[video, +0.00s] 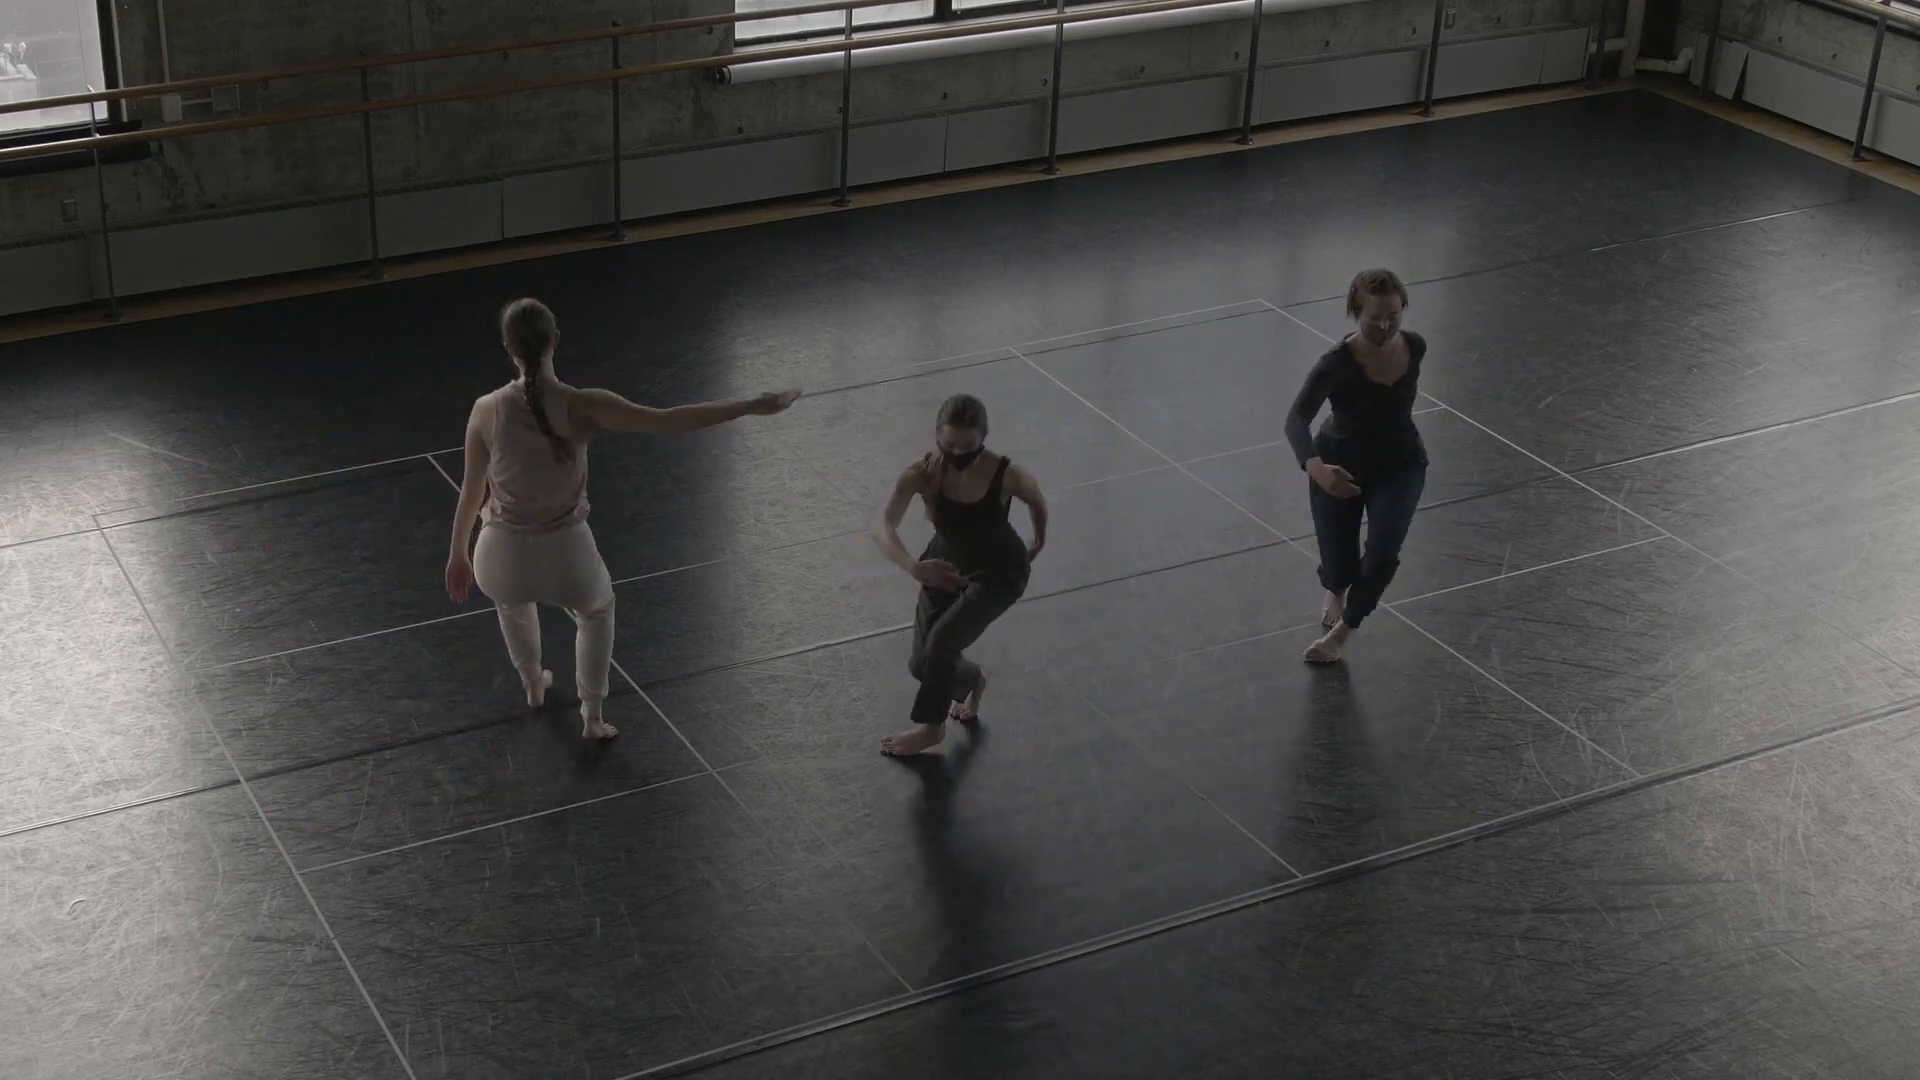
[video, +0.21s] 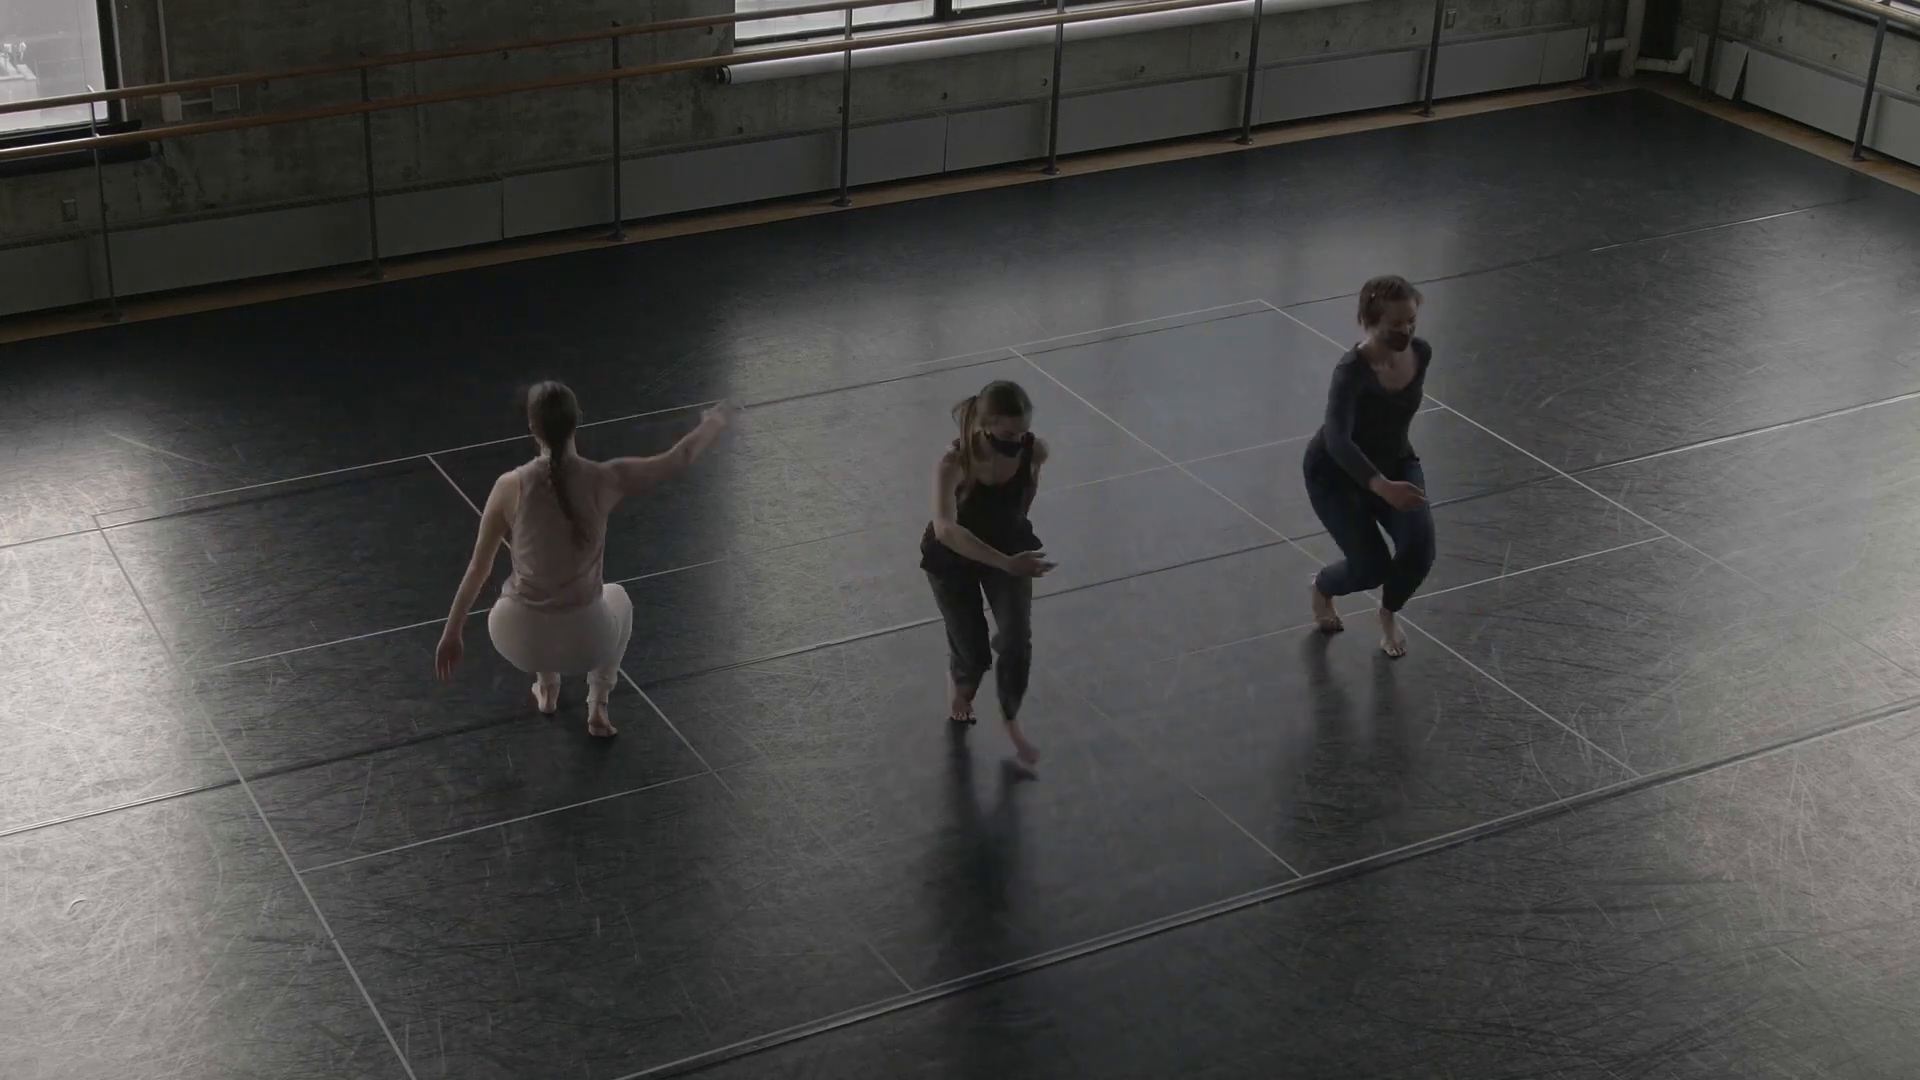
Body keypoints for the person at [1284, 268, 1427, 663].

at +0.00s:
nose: (1385, 325)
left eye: (1393, 315)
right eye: (1375, 317)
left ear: (1403, 311)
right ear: (1356, 314)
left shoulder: (1413, 348)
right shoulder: (1337, 363)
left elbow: (1400, 401)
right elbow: (1296, 421)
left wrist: (1397, 438)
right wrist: (1312, 465)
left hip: (1398, 461)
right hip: (1340, 461)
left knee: (1382, 558)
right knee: (1337, 562)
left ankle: (1341, 633)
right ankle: (1335, 597)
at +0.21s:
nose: (1405, 331)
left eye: (1411, 321)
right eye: (1396, 324)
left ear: (1417, 317)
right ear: (1371, 322)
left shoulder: (1420, 354)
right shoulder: (1351, 371)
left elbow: (1399, 408)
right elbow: (1335, 439)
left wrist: (1396, 451)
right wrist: (1379, 484)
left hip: (1392, 459)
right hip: (1335, 468)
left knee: (1418, 552)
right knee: (1374, 567)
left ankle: (1388, 612)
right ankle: (1322, 587)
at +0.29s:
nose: (1409, 355)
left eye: (1413, 345)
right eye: (1399, 348)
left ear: (1419, 341)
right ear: (1371, 347)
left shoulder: (1420, 380)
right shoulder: (1354, 396)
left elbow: (1410, 432)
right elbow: (1352, 469)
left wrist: (1403, 473)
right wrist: (1405, 510)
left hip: (1387, 478)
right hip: (1332, 488)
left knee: (1426, 559)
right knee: (1385, 574)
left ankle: (1383, 616)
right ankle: (1317, 593)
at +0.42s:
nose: (1412, 408)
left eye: (1416, 398)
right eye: (1402, 402)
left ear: (1421, 394)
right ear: (1375, 403)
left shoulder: (1420, 435)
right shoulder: (1357, 452)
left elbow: (1429, 497)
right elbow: (1378, 527)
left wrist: (1442, 556)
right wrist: (1441, 559)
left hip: (1372, 516)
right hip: (1324, 531)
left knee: (1429, 562)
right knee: (1392, 602)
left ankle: (1380, 621)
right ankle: (1317, 594)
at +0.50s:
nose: (1416, 431)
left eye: (1420, 421)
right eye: (1405, 425)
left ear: (1424, 418)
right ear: (1380, 425)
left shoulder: (1419, 457)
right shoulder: (1360, 472)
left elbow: (1443, 522)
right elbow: (1396, 543)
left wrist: (1467, 589)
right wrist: (1463, 574)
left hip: (1364, 536)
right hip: (1320, 553)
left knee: (1433, 552)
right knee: (1401, 608)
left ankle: (1376, 619)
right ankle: (1317, 599)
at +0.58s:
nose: (1426, 422)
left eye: (1429, 412)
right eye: (1415, 415)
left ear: (1432, 408)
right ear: (1389, 415)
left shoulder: (1430, 447)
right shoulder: (1367, 461)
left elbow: (1458, 508)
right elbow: (1410, 534)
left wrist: (1489, 574)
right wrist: (1479, 568)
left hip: (1369, 533)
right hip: (1323, 542)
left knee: (1431, 560)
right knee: (1400, 605)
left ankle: (1377, 620)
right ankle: (1320, 596)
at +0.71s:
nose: (1442, 386)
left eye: (1445, 377)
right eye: (1433, 380)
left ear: (1448, 371)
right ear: (1405, 378)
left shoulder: (1445, 410)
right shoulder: (1379, 420)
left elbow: (1483, 457)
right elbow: (1413, 490)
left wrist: (1528, 506)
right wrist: (1473, 539)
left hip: (1384, 499)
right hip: (1333, 507)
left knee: (1433, 558)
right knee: (1392, 593)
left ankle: (1380, 617)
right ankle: (1318, 591)